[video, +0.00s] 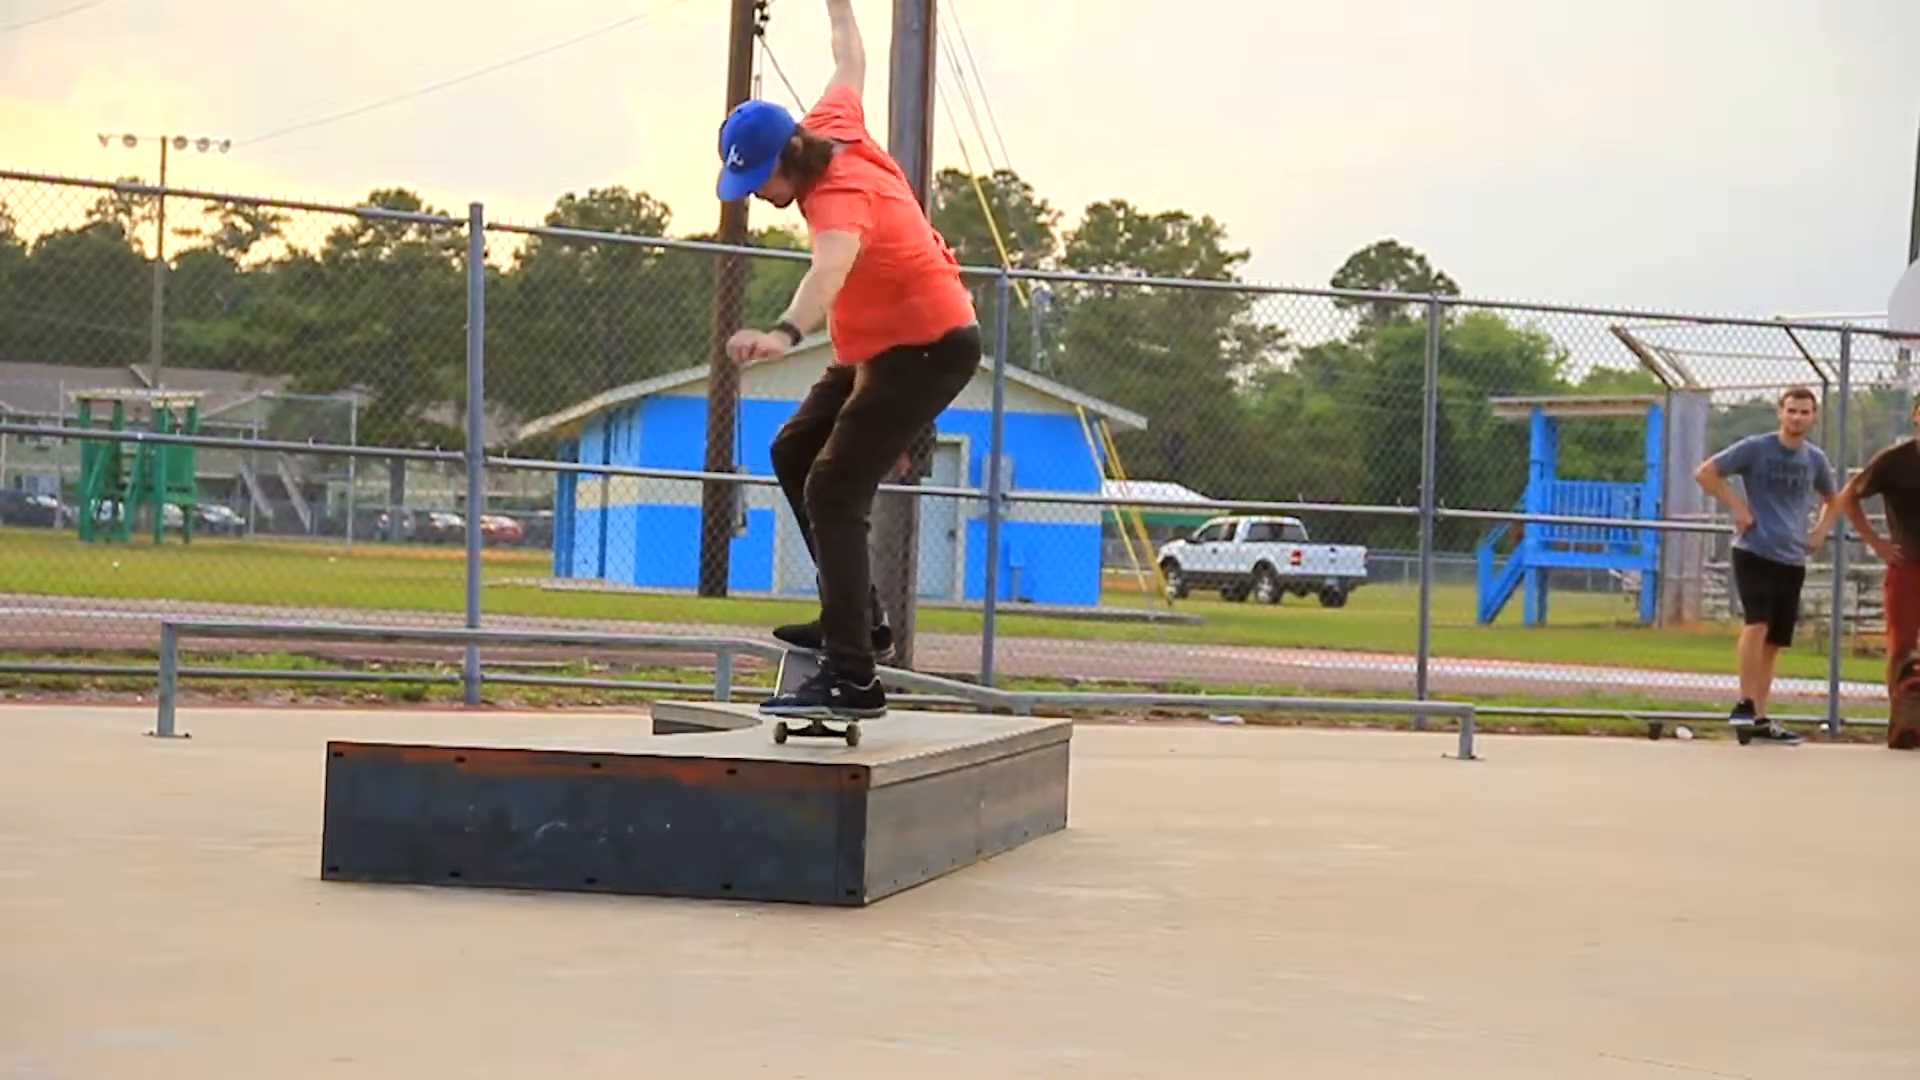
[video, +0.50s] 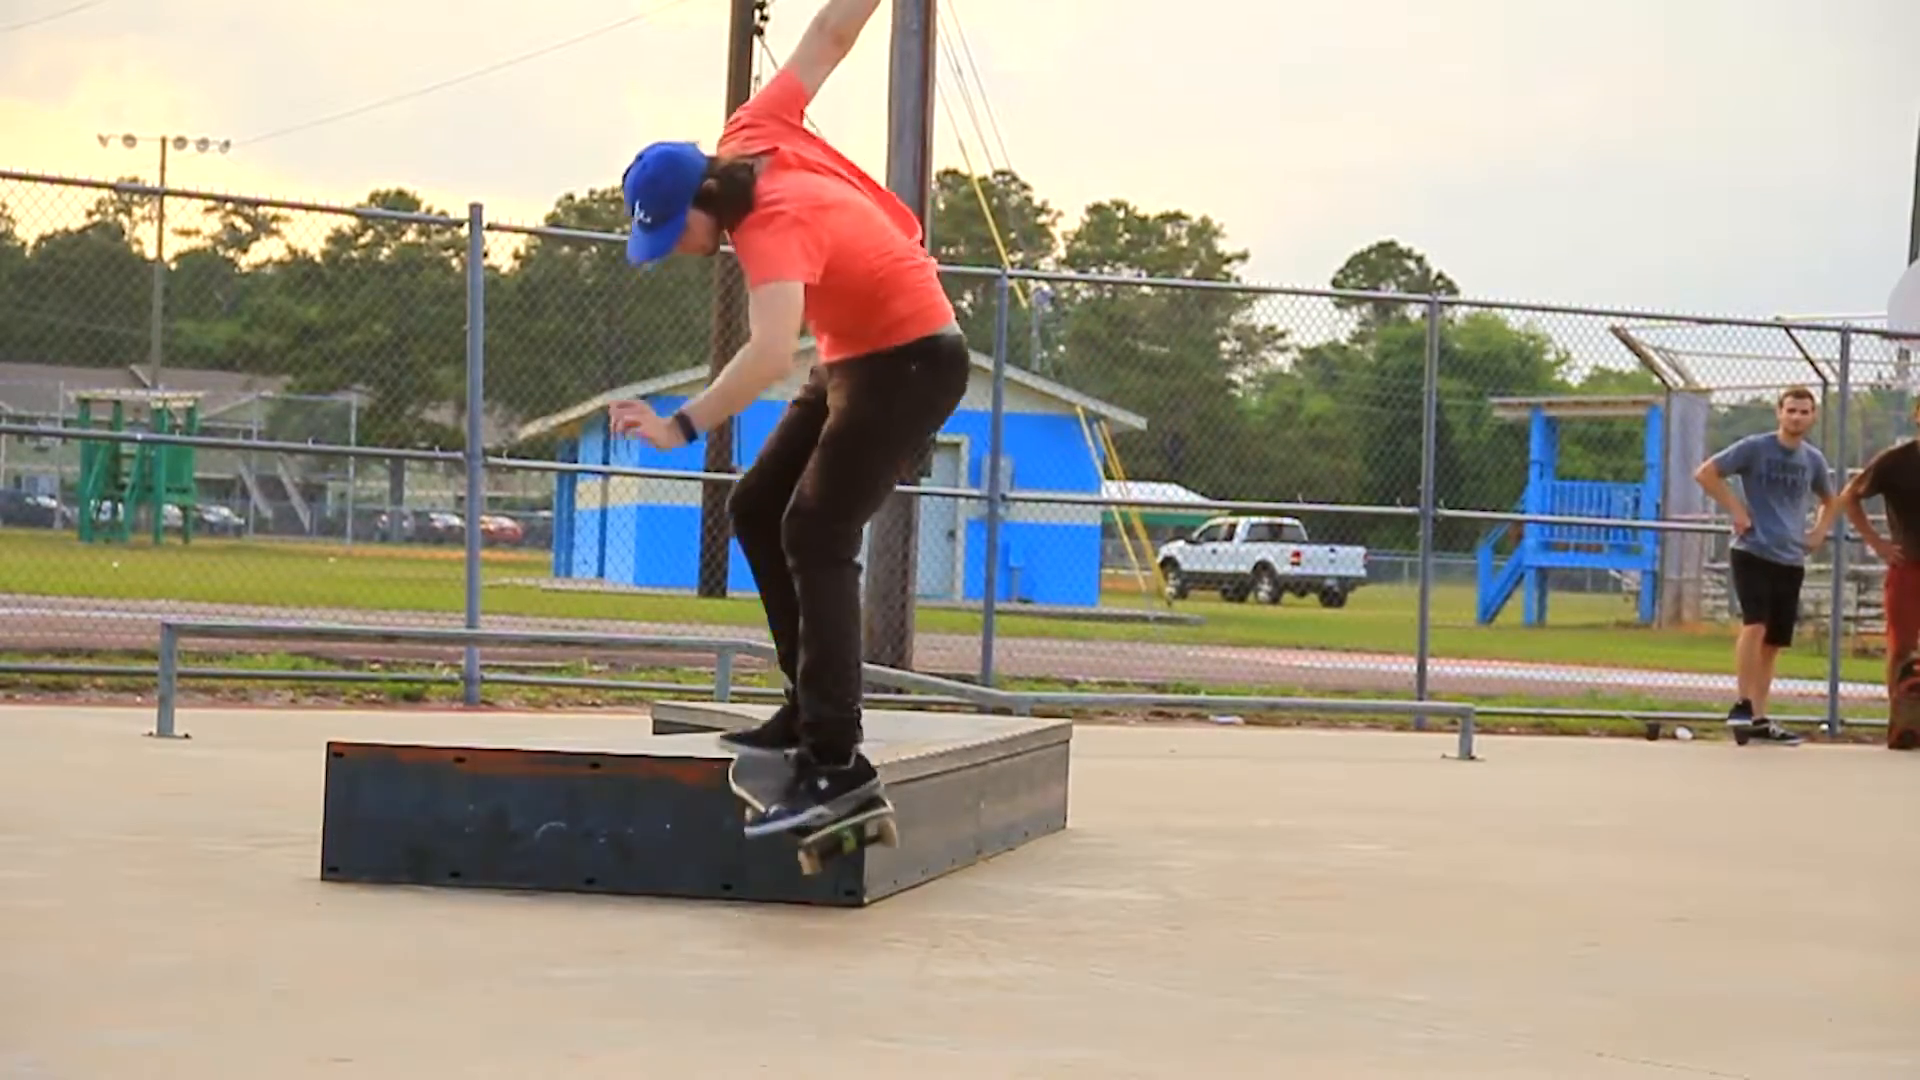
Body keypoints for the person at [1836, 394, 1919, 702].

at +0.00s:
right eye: (1919, 412)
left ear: (1914, 415)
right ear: (1915, 415)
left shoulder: (1900, 457)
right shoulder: (1900, 457)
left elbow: (1849, 497)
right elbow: (1848, 497)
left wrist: (1876, 542)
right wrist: (1876, 543)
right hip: (1907, 566)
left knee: (1904, 651)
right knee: (1902, 649)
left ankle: (1906, 729)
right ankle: (1901, 729)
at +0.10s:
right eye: (1919, 411)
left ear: (1915, 415)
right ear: (1915, 415)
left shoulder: (1901, 457)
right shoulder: (1901, 458)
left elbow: (1849, 497)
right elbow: (1848, 498)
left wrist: (1877, 544)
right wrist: (1877, 544)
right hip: (1907, 567)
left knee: (1905, 652)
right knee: (1902, 651)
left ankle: (1906, 732)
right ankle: (1903, 733)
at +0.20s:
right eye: (1919, 410)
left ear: (1914, 416)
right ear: (1915, 416)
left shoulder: (1899, 459)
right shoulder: (1898, 459)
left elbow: (1849, 498)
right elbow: (1848, 497)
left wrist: (1877, 544)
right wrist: (1877, 544)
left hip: (1909, 566)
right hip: (1906, 566)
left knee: (1904, 648)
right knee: (1903, 647)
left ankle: (1905, 726)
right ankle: (1901, 725)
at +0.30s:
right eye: (1919, 410)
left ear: (1914, 416)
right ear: (1915, 416)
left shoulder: (1900, 458)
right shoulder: (1899, 459)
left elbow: (1849, 497)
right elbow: (1849, 497)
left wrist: (1878, 544)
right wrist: (1878, 544)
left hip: (1910, 566)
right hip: (1907, 566)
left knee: (1905, 647)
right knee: (1903, 647)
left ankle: (1906, 726)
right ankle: (1903, 727)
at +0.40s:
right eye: (1918, 410)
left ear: (1914, 416)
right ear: (1914, 416)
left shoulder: (1900, 457)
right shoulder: (1900, 458)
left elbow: (1850, 497)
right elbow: (1850, 496)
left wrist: (1877, 544)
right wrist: (1877, 544)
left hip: (1909, 567)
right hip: (1906, 566)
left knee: (1904, 648)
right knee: (1903, 647)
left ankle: (1905, 726)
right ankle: (1902, 725)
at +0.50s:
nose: (1919, 416)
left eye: (1918, 410)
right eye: (1919, 411)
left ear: (1915, 417)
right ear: (1915, 417)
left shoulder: (1901, 458)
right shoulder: (1900, 458)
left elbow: (1850, 496)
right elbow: (1850, 496)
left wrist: (1877, 543)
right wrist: (1877, 543)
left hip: (1910, 569)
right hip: (1908, 566)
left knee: (1905, 648)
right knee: (1903, 648)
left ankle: (1905, 726)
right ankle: (1901, 726)